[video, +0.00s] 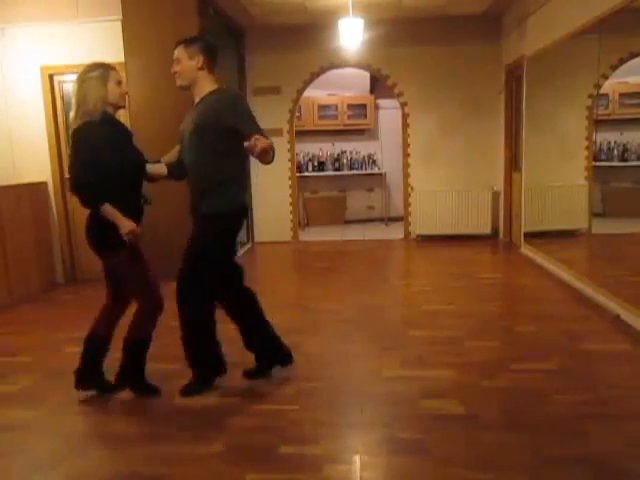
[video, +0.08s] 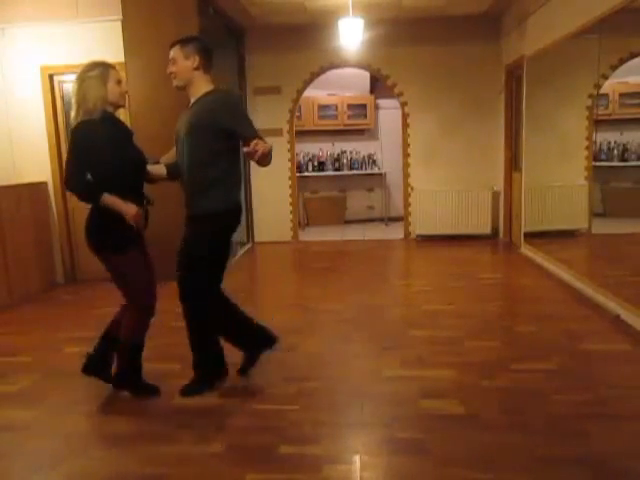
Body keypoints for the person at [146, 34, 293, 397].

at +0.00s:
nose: (173, 69)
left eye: (178, 62)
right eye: (173, 63)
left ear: (199, 62)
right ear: (194, 64)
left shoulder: (227, 101)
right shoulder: (194, 113)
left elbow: (266, 155)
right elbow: (180, 167)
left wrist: (264, 149)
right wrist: (135, 169)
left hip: (226, 210)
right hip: (206, 211)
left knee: (192, 286)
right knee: (227, 285)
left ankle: (206, 368)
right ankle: (271, 352)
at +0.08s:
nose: (169, 69)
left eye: (174, 61)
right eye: (169, 63)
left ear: (195, 62)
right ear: (189, 64)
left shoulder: (223, 102)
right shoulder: (191, 113)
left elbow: (261, 153)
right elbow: (181, 167)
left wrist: (260, 153)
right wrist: (140, 169)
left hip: (219, 211)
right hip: (200, 212)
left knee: (196, 288)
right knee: (197, 288)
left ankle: (210, 370)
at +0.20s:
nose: (167, 69)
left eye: (172, 62)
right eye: (167, 63)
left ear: (193, 62)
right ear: (187, 63)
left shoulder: (221, 103)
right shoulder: (187, 112)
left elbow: (257, 146)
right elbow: (180, 165)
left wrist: (256, 154)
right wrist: (140, 168)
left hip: (217, 211)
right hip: (197, 211)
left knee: (192, 287)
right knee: (176, 285)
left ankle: (212, 367)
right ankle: (228, 335)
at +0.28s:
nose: (167, 69)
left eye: (172, 61)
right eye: (167, 62)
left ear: (194, 61)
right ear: (187, 64)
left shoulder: (221, 103)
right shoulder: (186, 111)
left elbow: (258, 150)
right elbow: (181, 160)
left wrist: (247, 161)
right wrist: (147, 163)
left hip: (217, 211)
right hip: (194, 211)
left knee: (203, 288)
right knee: (180, 286)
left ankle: (212, 365)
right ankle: (218, 342)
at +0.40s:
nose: (169, 69)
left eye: (174, 62)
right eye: (169, 63)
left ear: (197, 62)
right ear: (186, 65)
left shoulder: (224, 103)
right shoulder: (185, 113)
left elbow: (259, 148)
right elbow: (158, 154)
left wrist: (242, 160)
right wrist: (121, 153)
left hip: (223, 212)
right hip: (194, 213)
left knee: (212, 289)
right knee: (186, 287)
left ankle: (204, 371)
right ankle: (218, 341)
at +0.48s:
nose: (172, 69)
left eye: (177, 62)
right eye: (172, 63)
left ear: (200, 62)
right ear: (190, 65)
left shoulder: (228, 103)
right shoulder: (186, 112)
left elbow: (262, 148)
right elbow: (155, 148)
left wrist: (234, 161)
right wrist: (119, 152)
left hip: (228, 212)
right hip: (198, 212)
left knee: (210, 288)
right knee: (189, 285)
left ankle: (201, 369)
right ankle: (218, 342)